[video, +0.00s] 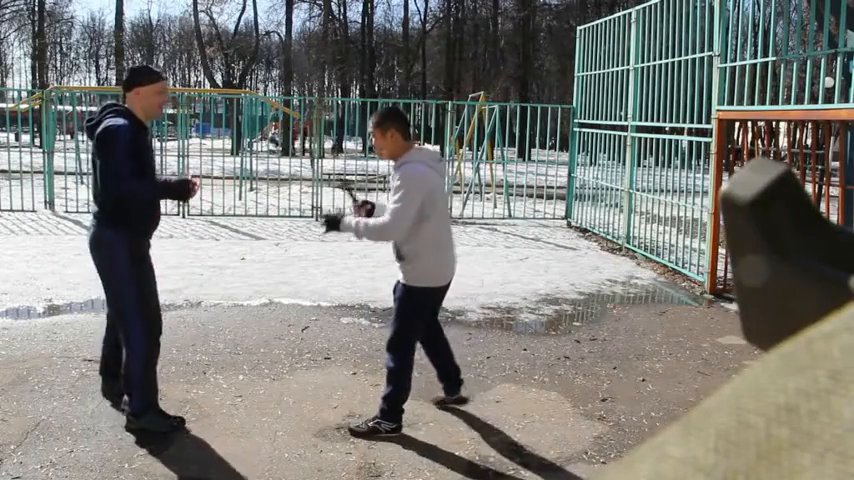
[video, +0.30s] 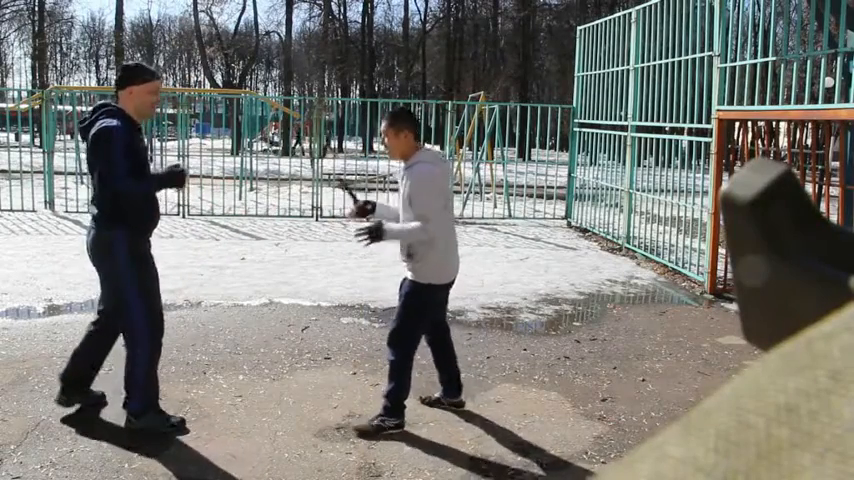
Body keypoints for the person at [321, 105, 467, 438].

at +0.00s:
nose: (374, 144)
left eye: (376, 137)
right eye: (373, 137)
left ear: (394, 135)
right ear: (398, 135)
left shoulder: (411, 173)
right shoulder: (423, 163)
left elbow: (392, 228)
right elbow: (412, 213)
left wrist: (346, 224)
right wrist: (376, 210)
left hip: (421, 276)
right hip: (436, 271)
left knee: (399, 346)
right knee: (428, 329)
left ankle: (389, 418)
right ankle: (453, 388)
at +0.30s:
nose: (385, 143)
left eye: (388, 136)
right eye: (384, 137)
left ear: (407, 135)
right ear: (407, 136)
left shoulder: (422, 172)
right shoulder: (422, 163)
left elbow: (428, 228)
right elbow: (413, 215)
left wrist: (387, 231)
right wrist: (376, 210)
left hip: (427, 274)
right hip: (438, 269)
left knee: (400, 342)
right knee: (437, 332)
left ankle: (392, 415)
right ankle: (452, 393)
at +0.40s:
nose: (389, 140)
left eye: (392, 133)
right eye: (388, 134)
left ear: (412, 132)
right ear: (409, 133)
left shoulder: (432, 167)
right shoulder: (415, 162)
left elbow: (442, 221)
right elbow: (411, 206)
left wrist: (396, 213)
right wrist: (376, 202)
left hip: (430, 269)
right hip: (426, 265)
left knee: (405, 339)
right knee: (435, 327)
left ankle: (422, 406)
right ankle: (451, 391)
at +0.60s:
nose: (394, 142)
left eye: (397, 135)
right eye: (393, 136)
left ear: (418, 133)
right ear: (413, 135)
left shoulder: (445, 167)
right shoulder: (412, 166)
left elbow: (427, 212)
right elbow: (403, 211)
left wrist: (393, 180)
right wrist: (371, 221)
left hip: (433, 271)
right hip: (408, 266)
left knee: (425, 338)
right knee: (396, 327)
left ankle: (442, 404)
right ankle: (437, 384)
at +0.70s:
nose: (391, 143)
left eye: (395, 136)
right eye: (390, 137)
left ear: (415, 135)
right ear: (407, 137)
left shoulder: (445, 168)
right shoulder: (402, 167)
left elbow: (425, 214)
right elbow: (404, 215)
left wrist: (383, 186)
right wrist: (375, 221)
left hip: (432, 272)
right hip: (403, 265)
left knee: (428, 343)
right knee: (377, 319)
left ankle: (443, 404)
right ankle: (411, 376)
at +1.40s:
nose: (376, 145)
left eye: (380, 139)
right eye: (375, 138)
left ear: (401, 140)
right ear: (393, 141)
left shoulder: (432, 170)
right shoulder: (382, 171)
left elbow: (427, 218)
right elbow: (377, 213)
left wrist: (375, 210)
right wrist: (344, 209)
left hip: (422, 270)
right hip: (387, 264)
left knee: (431, 334)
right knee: (363, 320)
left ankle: (442, 390)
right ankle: (365, 384)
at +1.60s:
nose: (372, 153)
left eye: (376, 147)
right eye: (372, 147)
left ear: (395, 146)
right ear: (382, 148)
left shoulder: (428, 173)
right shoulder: (376, 177)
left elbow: (419, 214)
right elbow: (372, 217)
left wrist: (379, 178)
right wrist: (365, 239)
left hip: (413, 273)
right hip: (376, 267)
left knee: (427, 336)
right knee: (344, 318)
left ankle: (442, 389)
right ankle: (335, 383)